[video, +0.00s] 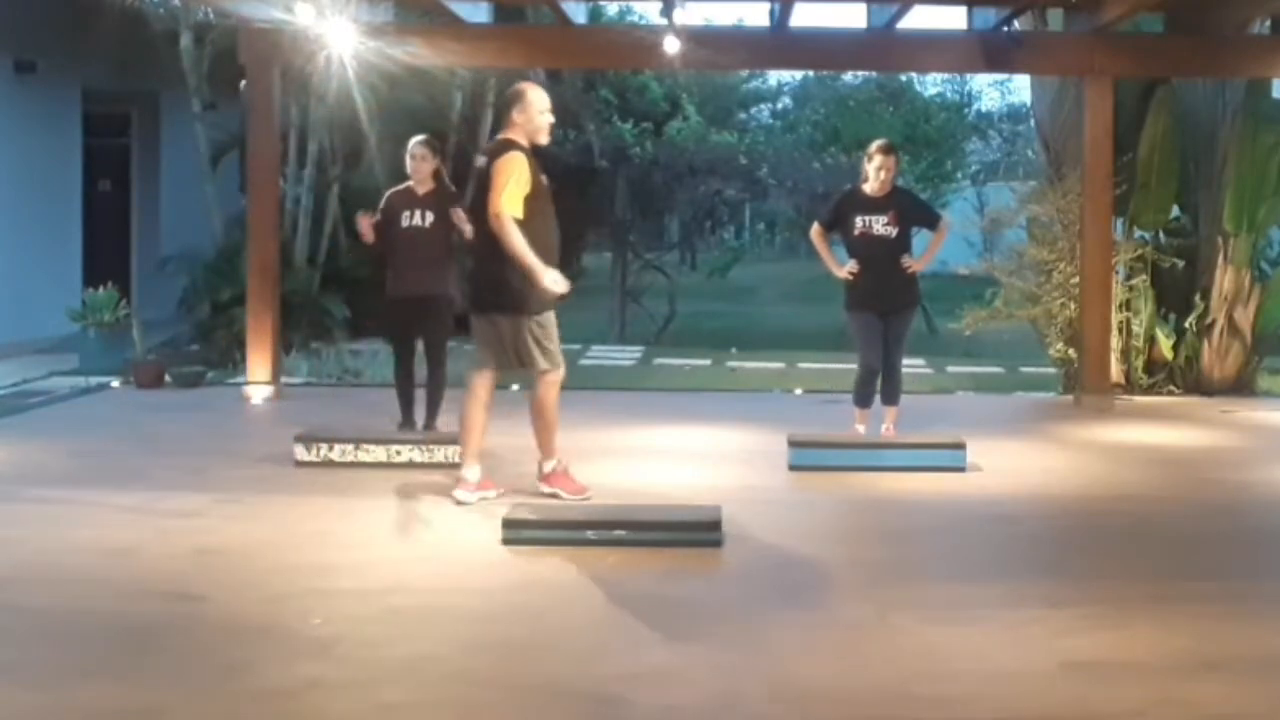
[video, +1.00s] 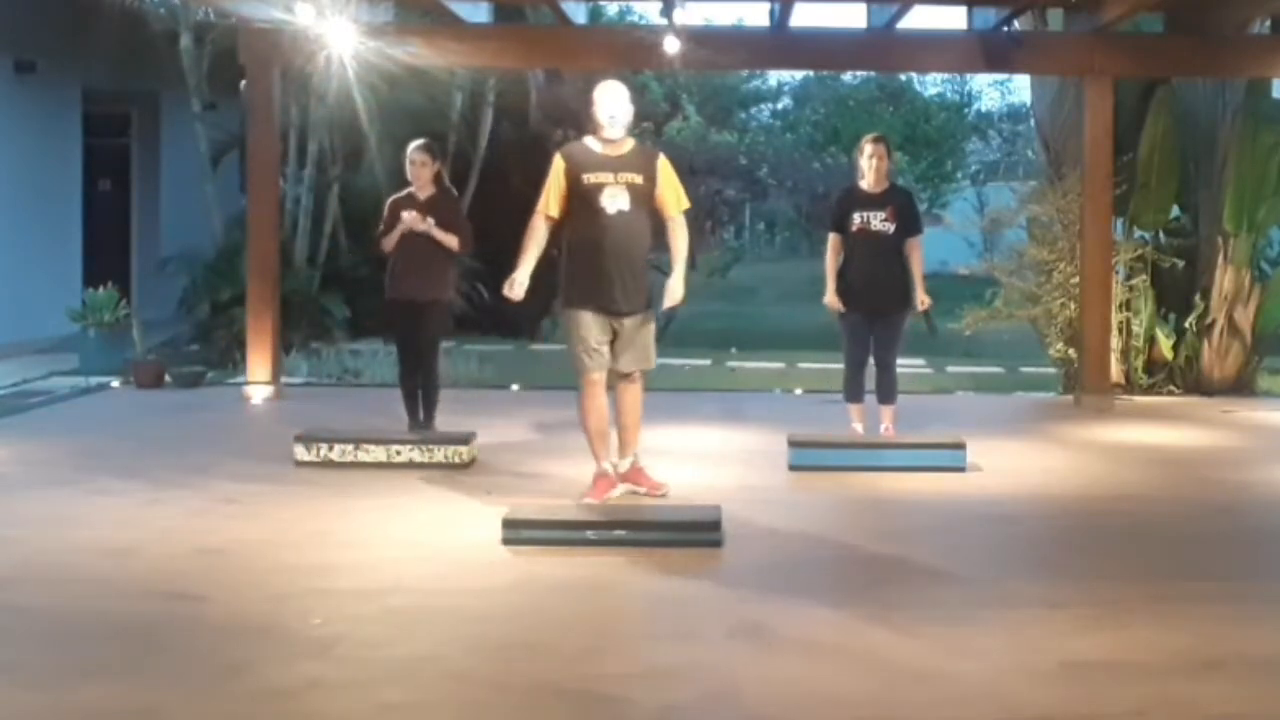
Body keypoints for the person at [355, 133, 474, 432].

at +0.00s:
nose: (415, 163)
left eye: (422, 158)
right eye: (411, 157)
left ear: (436, 162)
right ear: (405, 160)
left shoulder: (448, 197)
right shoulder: (393, 197)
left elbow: (469, 240)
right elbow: (380, 241)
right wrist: (368, 230)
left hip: (437, 291)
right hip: (401, 291)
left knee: (436, 358)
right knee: (403, 358)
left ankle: (430, 420)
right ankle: (407, 418)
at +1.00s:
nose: (414, 170)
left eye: (421, 164)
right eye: (411, 163)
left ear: (435, 167)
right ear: (405, 167)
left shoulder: (448, 201)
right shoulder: (396, 203)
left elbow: (462, 244)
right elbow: (384, 246)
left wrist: (430, 227)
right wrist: (402, 227)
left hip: (434, 296)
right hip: (401, 295)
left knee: (428, 359)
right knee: (407, 359)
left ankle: (429, 418)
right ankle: (413, 418)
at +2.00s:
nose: (415, 168)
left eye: (421, 162)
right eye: (410, 162)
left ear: (433, 164)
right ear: (404, 165)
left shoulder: (447, 200)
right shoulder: (393, 201)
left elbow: (455, 249)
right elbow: (386, 251)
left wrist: (462, 289)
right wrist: (376, 290)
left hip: (433, 295)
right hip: (399, 295)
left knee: (428, 359)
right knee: (405, 361)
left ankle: (428, 421)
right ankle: (413, 421)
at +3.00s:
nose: (422, 161)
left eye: (429, 155)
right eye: (418, 155)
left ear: (441, 162)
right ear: (411, 160)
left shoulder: (452, 200)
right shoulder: (398, 198)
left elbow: (460, 247)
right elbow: (390, 248)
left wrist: (462, 287)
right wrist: (381, 288)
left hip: (438, 293)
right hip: (404, 293)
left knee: (433, 357)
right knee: (409, 359)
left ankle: (432, 418)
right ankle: (414, 420)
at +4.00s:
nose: (408, 160)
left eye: (414, 155)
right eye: (404, 154)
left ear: (428, 161)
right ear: (398, 160)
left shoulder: (442, 199)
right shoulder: (387, 199)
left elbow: (452, 249)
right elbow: (380, 248)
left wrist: (457, 290)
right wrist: (370, 285)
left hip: (430, 293)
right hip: (395, 293)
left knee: (422, 354)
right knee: (401, 358)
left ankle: (428, 418)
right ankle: (407, 421)